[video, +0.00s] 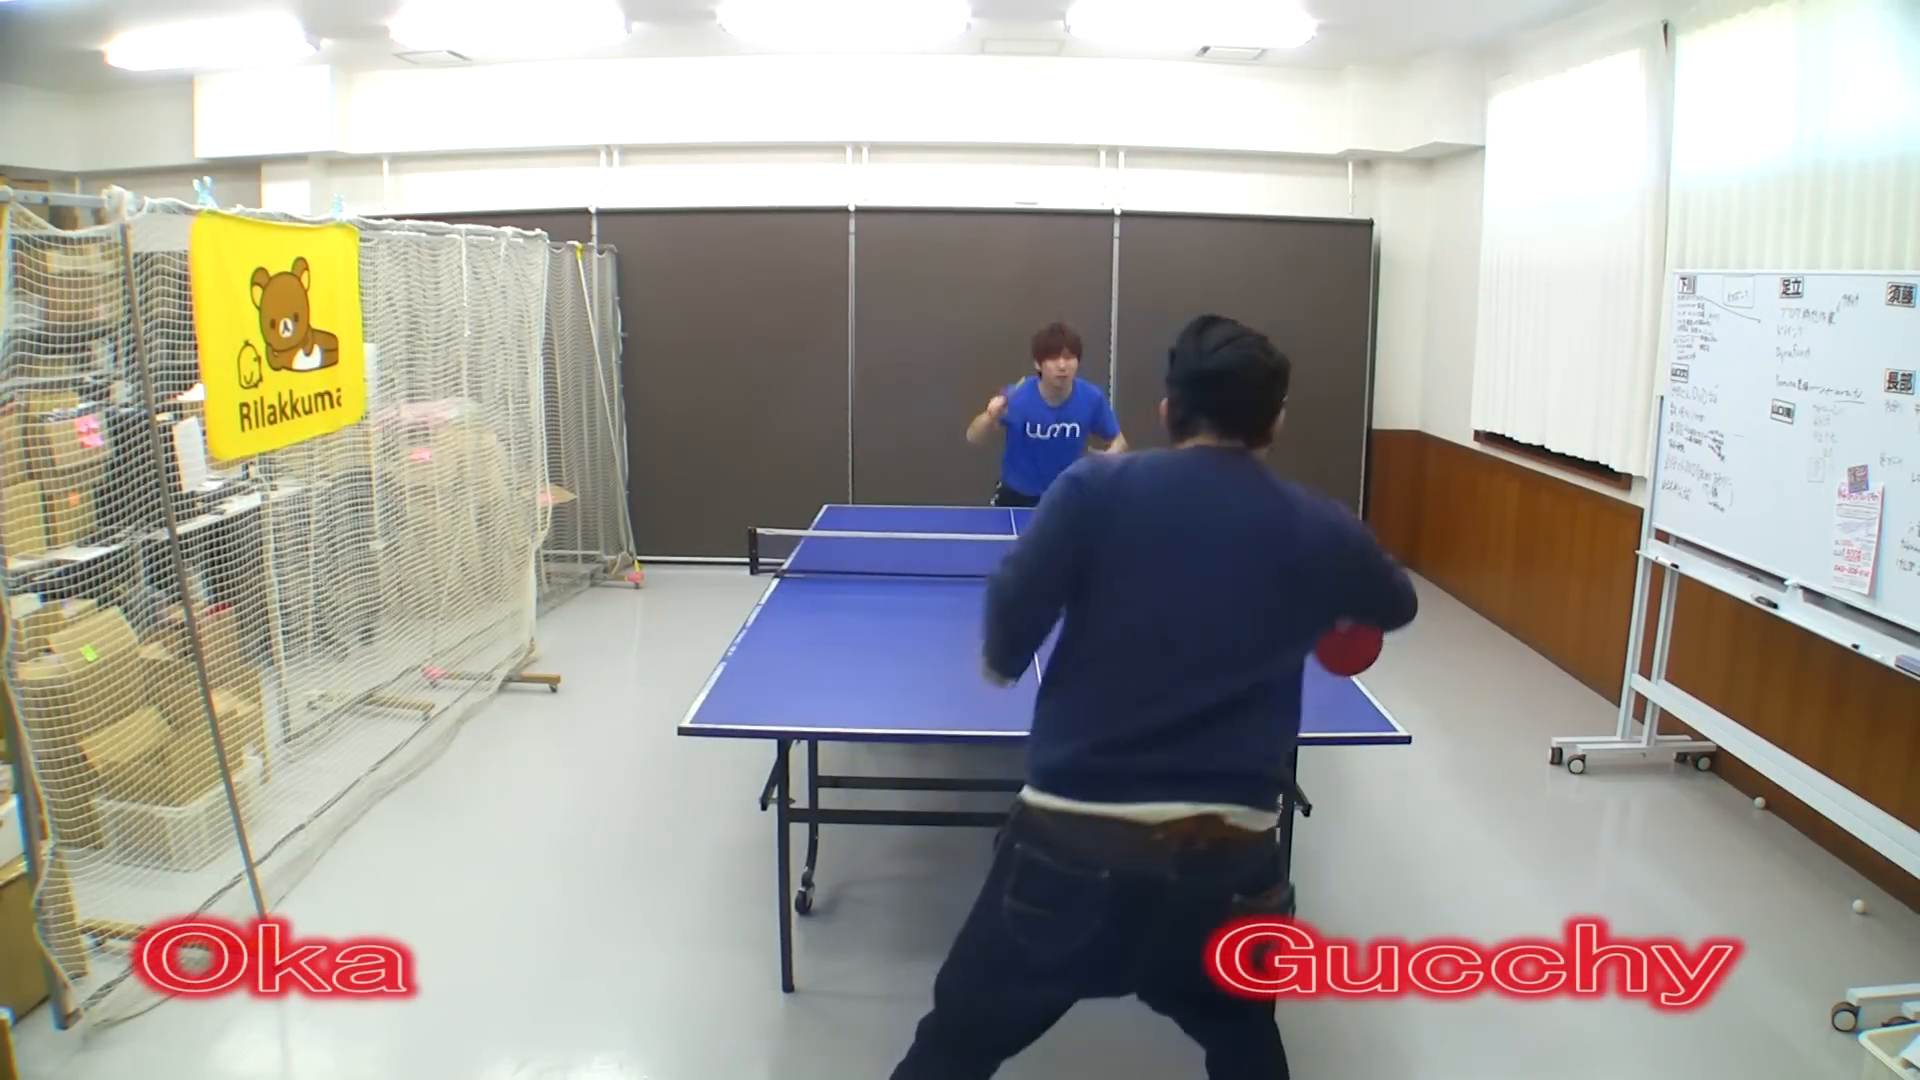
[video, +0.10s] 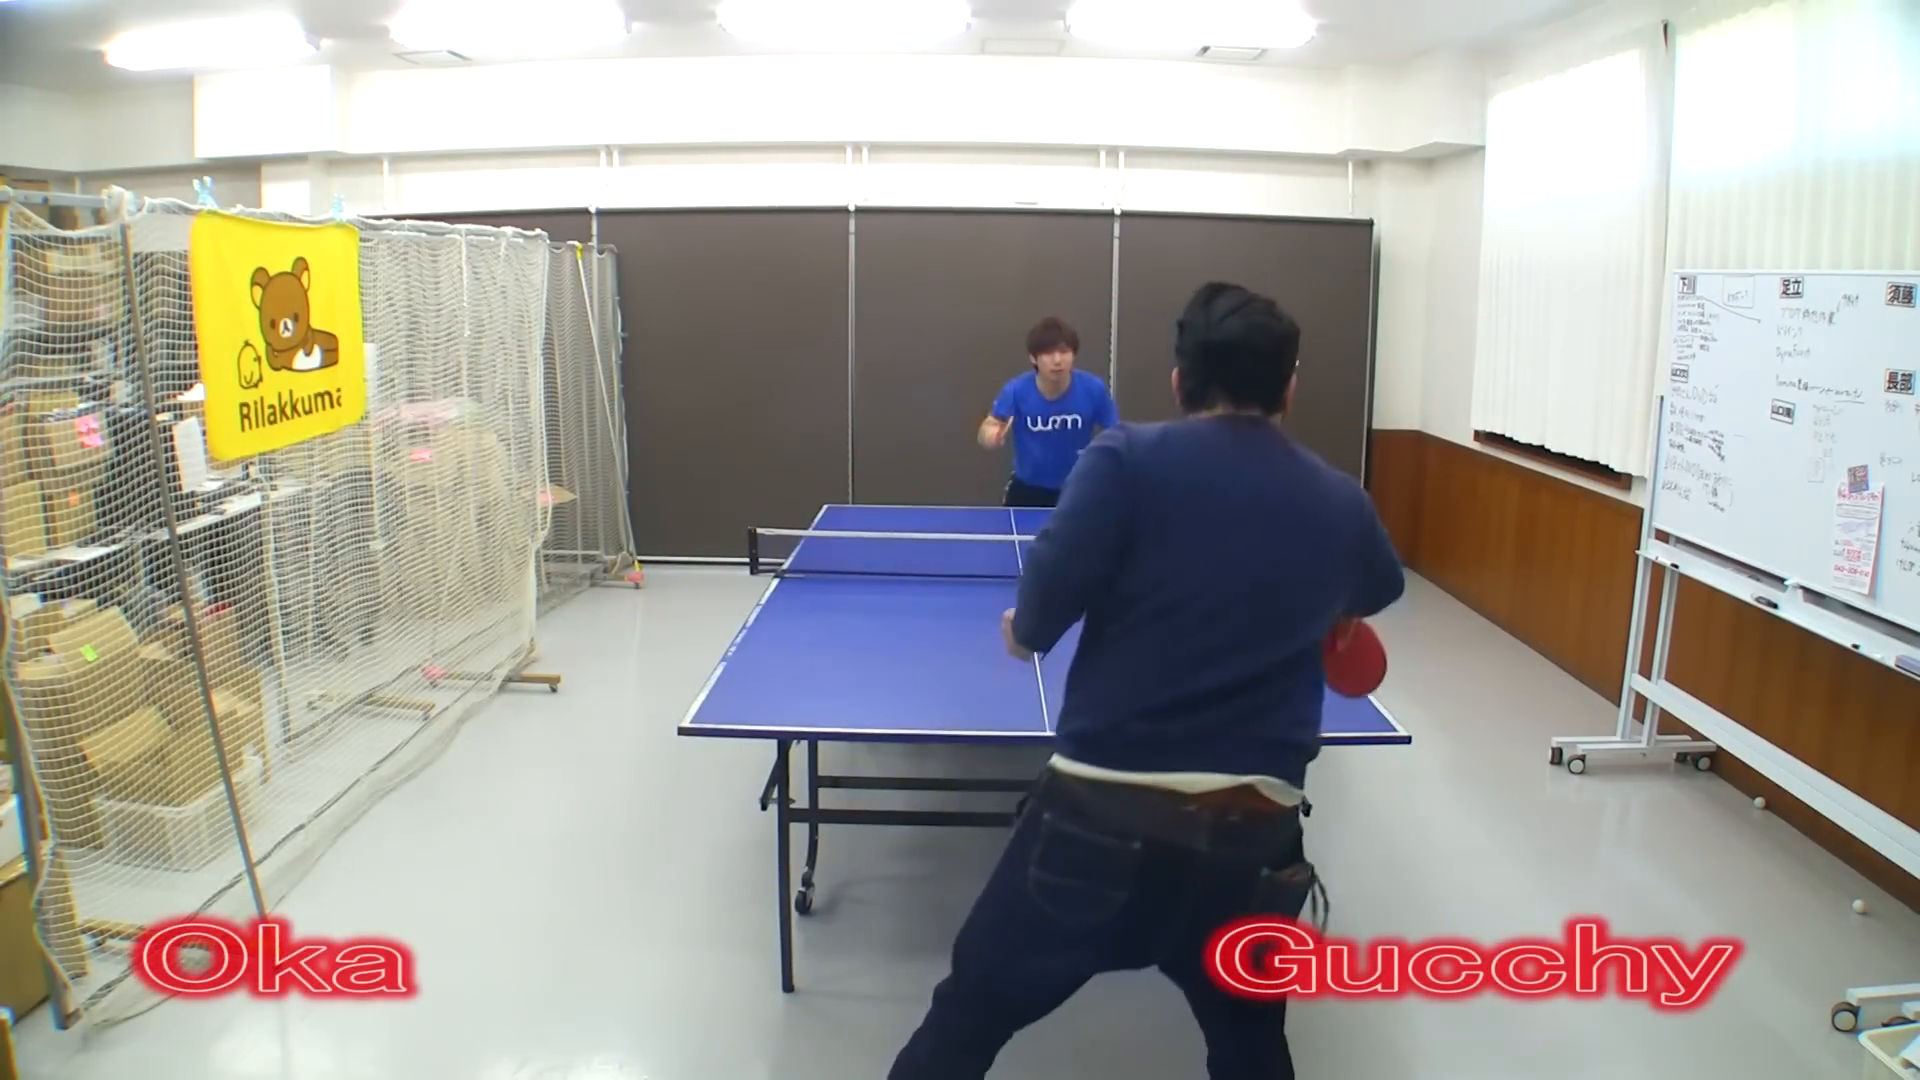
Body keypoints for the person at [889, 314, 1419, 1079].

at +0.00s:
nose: (1158, 404)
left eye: (1162, 394)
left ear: (1170, 406)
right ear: (1273, 422)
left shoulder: (1096, 488)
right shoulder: (1312, 526)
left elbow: (1010, 625)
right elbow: (1397, 603)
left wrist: (1007, 658)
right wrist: (1314, 579)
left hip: (1069, 863)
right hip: (1225, 875)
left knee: (956, 1046)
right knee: (1247, 1048)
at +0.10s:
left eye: (1169, 366)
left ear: (1177, 380)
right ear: (1290, 390)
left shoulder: (1126, 461)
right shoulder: (1336, 497)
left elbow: (1047, 594)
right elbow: (1378, 587)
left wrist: (1022, 632)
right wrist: (1295, 588)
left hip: (1099, 835)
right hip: (1250, 849)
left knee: (969, 1017)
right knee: (1252, 1042)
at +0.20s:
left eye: (1174, 355)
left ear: (1181, 369)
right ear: (1295, 379)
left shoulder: (1148, 446)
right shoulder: (1339, 485)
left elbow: (1094, 555)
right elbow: (1373, 585)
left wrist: (1028, 622)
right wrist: (1295, 620)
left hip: (1123, 824)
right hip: (1267, 841)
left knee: (977, 1010)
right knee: (1258, 1045)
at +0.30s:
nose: (1177, 365)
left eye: (1177, 355)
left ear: (1183, 372)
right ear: (1296, 380)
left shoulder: (1153, 449)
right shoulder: (1339, 488)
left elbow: (1108, 564)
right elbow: (1379, 594)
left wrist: (1027, 622)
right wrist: (1291, 635)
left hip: (1128, 829)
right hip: (1272, 842)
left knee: (991, 1019)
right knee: (1260, 1051)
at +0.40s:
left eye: (1167, 362)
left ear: (1172, 376)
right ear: (1283, 383)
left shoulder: (1137, 459)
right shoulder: (1335, 500)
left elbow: (1089, 580)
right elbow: (1382, 622)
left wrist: (1012, 630)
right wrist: (1284, 655)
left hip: (1121, 845)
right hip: (1268, 852)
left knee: (1003, 1033)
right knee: (1258, 1052)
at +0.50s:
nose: (1140, 376)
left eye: (1140, 366)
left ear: (1145, 383)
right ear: (1257, 390)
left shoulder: (1096, 477)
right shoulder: (1312, 506)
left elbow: (1018, 619)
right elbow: (1371, 657)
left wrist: (989, 644)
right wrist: (1275, 691)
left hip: (1102, 866)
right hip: (1255, 866)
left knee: (1004, 1058)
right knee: (1252, 1055)